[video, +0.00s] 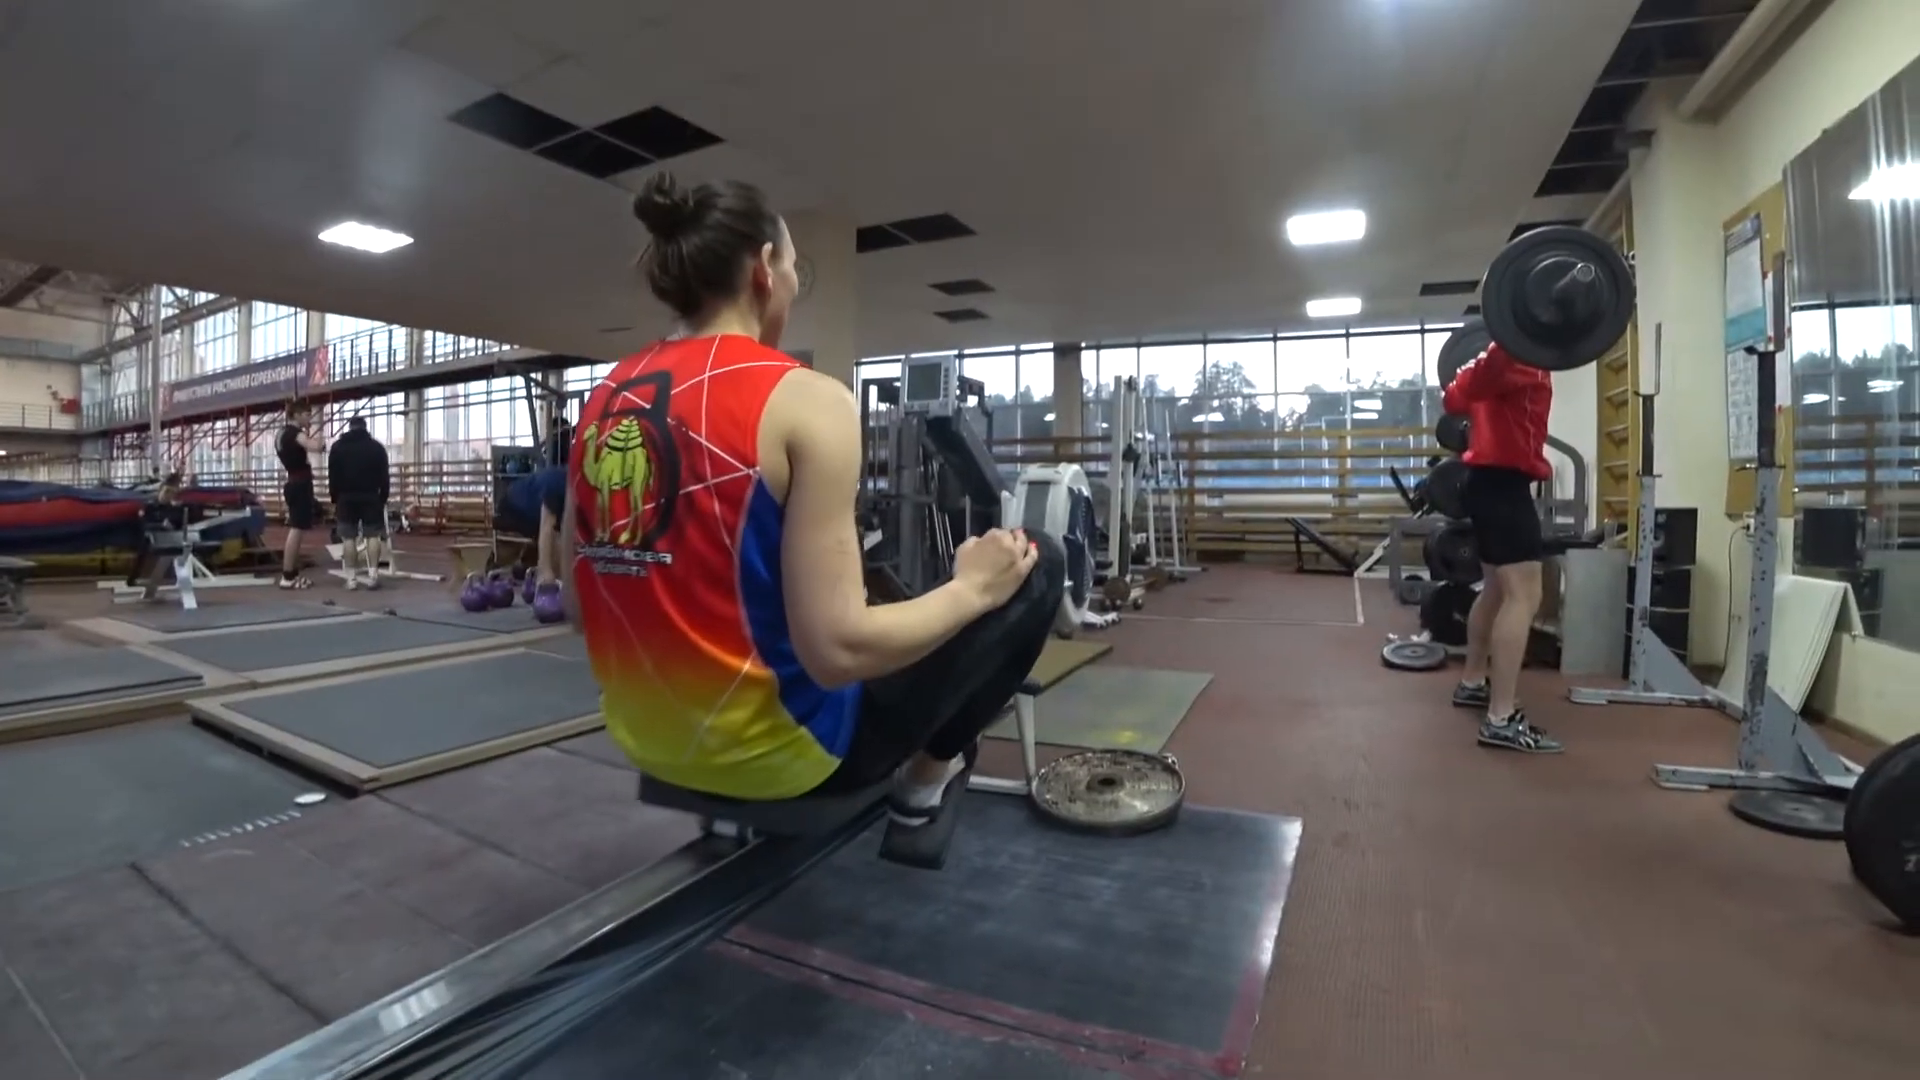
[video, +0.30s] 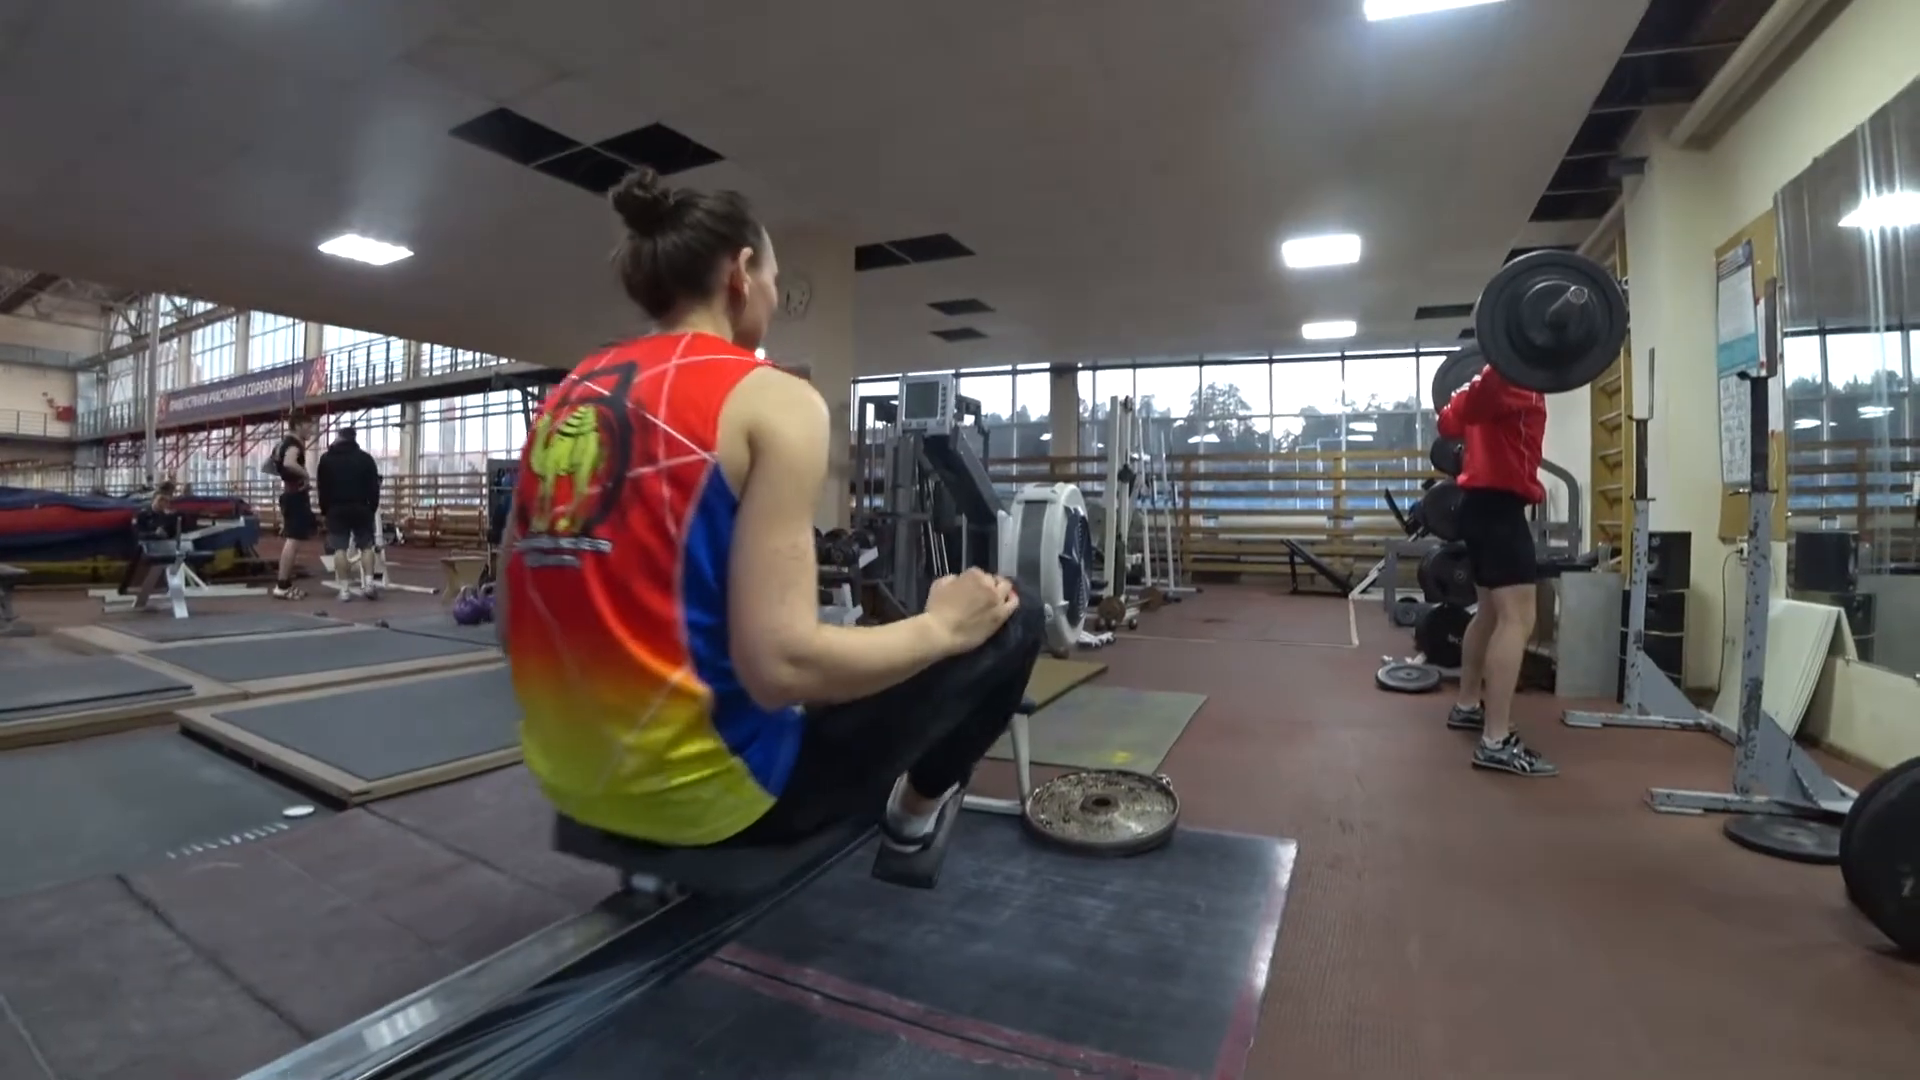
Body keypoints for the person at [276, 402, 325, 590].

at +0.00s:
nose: (309, 416)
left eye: (309, 413)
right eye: (306, 413)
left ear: (295, 415)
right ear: (296, 414)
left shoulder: (284, 434)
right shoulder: (293, 433)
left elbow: (309, 446)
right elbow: (316, 446)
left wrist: (308, 432)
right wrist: (318, 432)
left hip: (294, 483)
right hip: (300, 484)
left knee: (297, 529)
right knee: (297, 529)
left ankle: (290, 573)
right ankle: (289, 575)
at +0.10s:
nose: (308, 425)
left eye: (308, 422)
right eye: (305, 422)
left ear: (293, 422)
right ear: (295, 422)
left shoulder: (283, 442)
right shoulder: (292, 442)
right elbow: (310, 458)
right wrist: (315, 435)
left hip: (292, 492)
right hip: (298, 493)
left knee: (295, 537)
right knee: (295, 538)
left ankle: (288, 580)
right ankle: (286, 583)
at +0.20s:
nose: (307, 432)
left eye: (307, 428)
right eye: (305, 428)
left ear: (292, 429)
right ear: (296, 429)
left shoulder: (284, 448)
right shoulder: (293, 448)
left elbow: (280, 472)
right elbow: (296, 468)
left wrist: (307, 478)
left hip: (291, 499)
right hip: (296, 500)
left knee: (294, 544)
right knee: (294, 545)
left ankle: (286, 587)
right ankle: (284, 589)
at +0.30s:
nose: (310, 429)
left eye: (310, 425)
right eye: (308, 425)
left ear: (296, 426)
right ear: (298, 425)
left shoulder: (287, 442)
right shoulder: (294, 443)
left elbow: (270, 466)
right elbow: (289, 463)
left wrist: (289, 476)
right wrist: (305, 473)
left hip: (291, 495)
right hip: (295, 496)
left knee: (292, 540)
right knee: (293, 540)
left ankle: (284, 583)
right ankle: (283, 584)